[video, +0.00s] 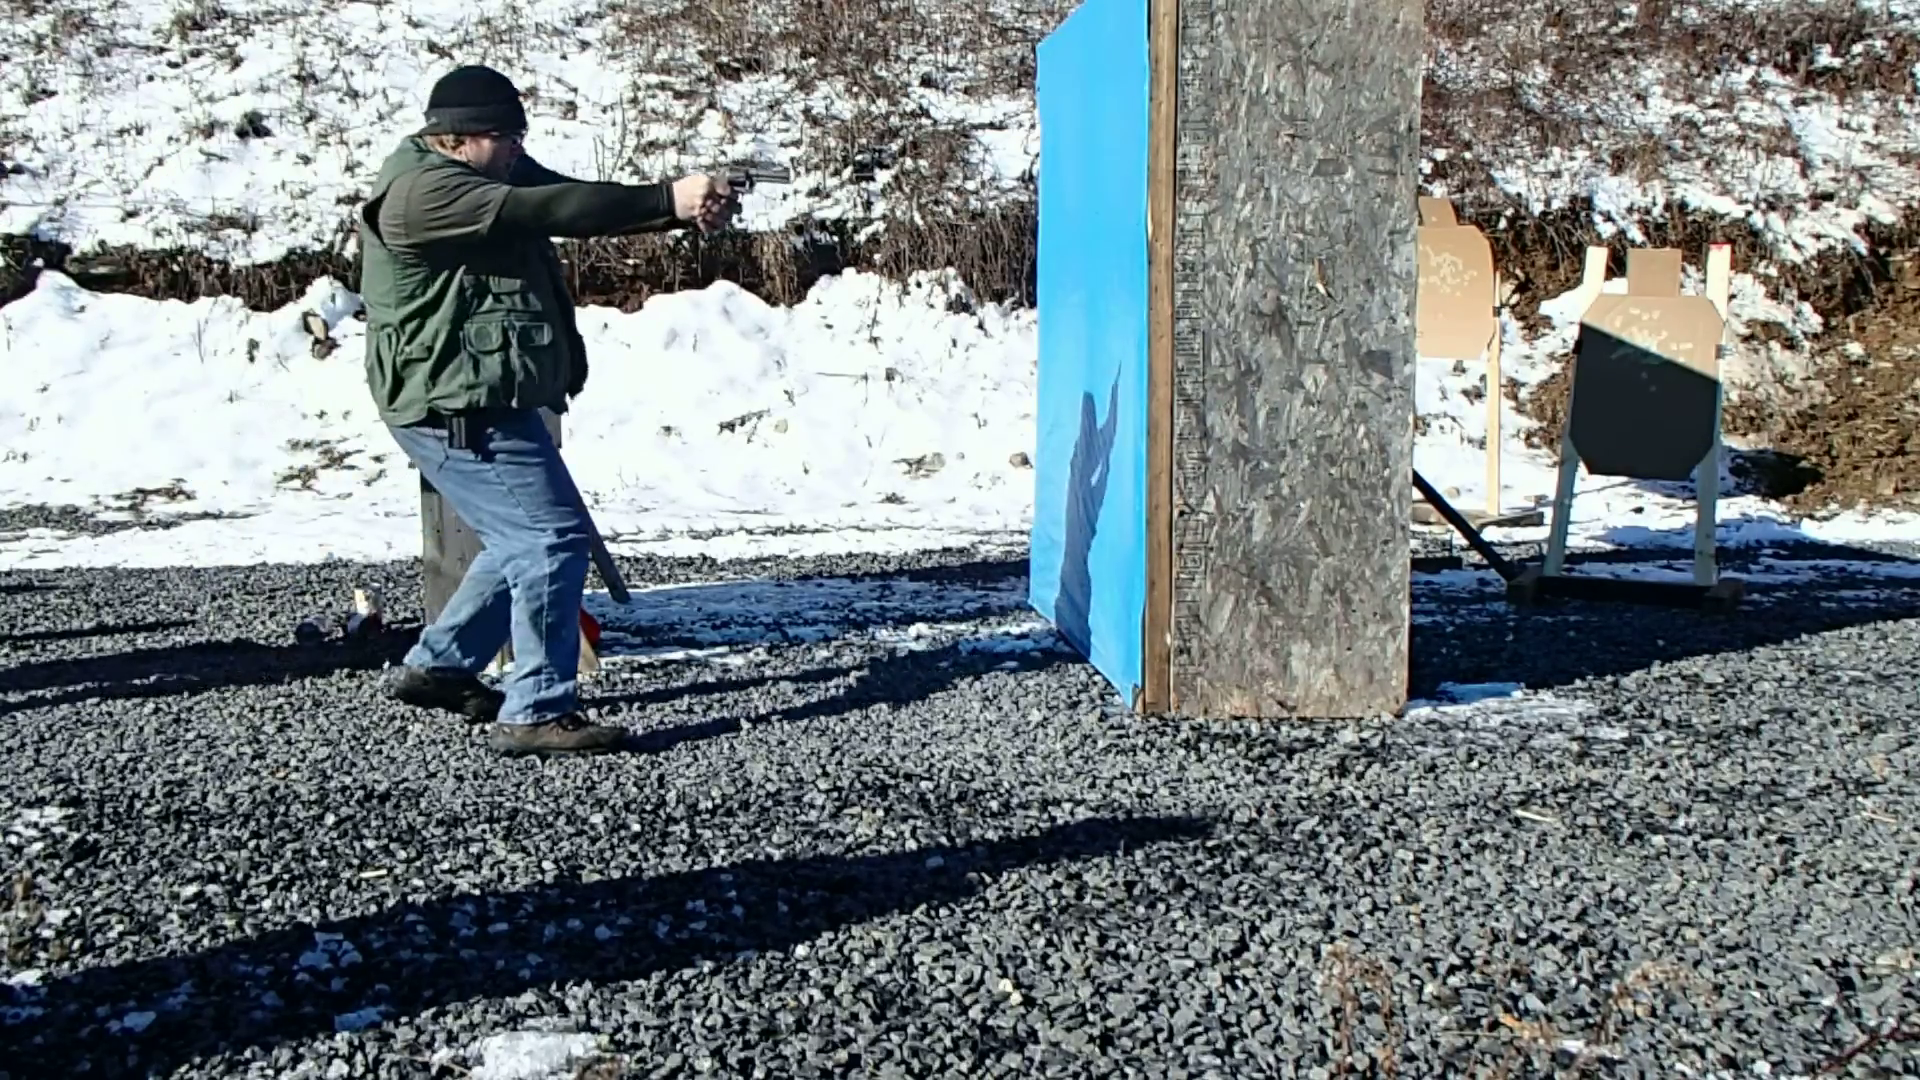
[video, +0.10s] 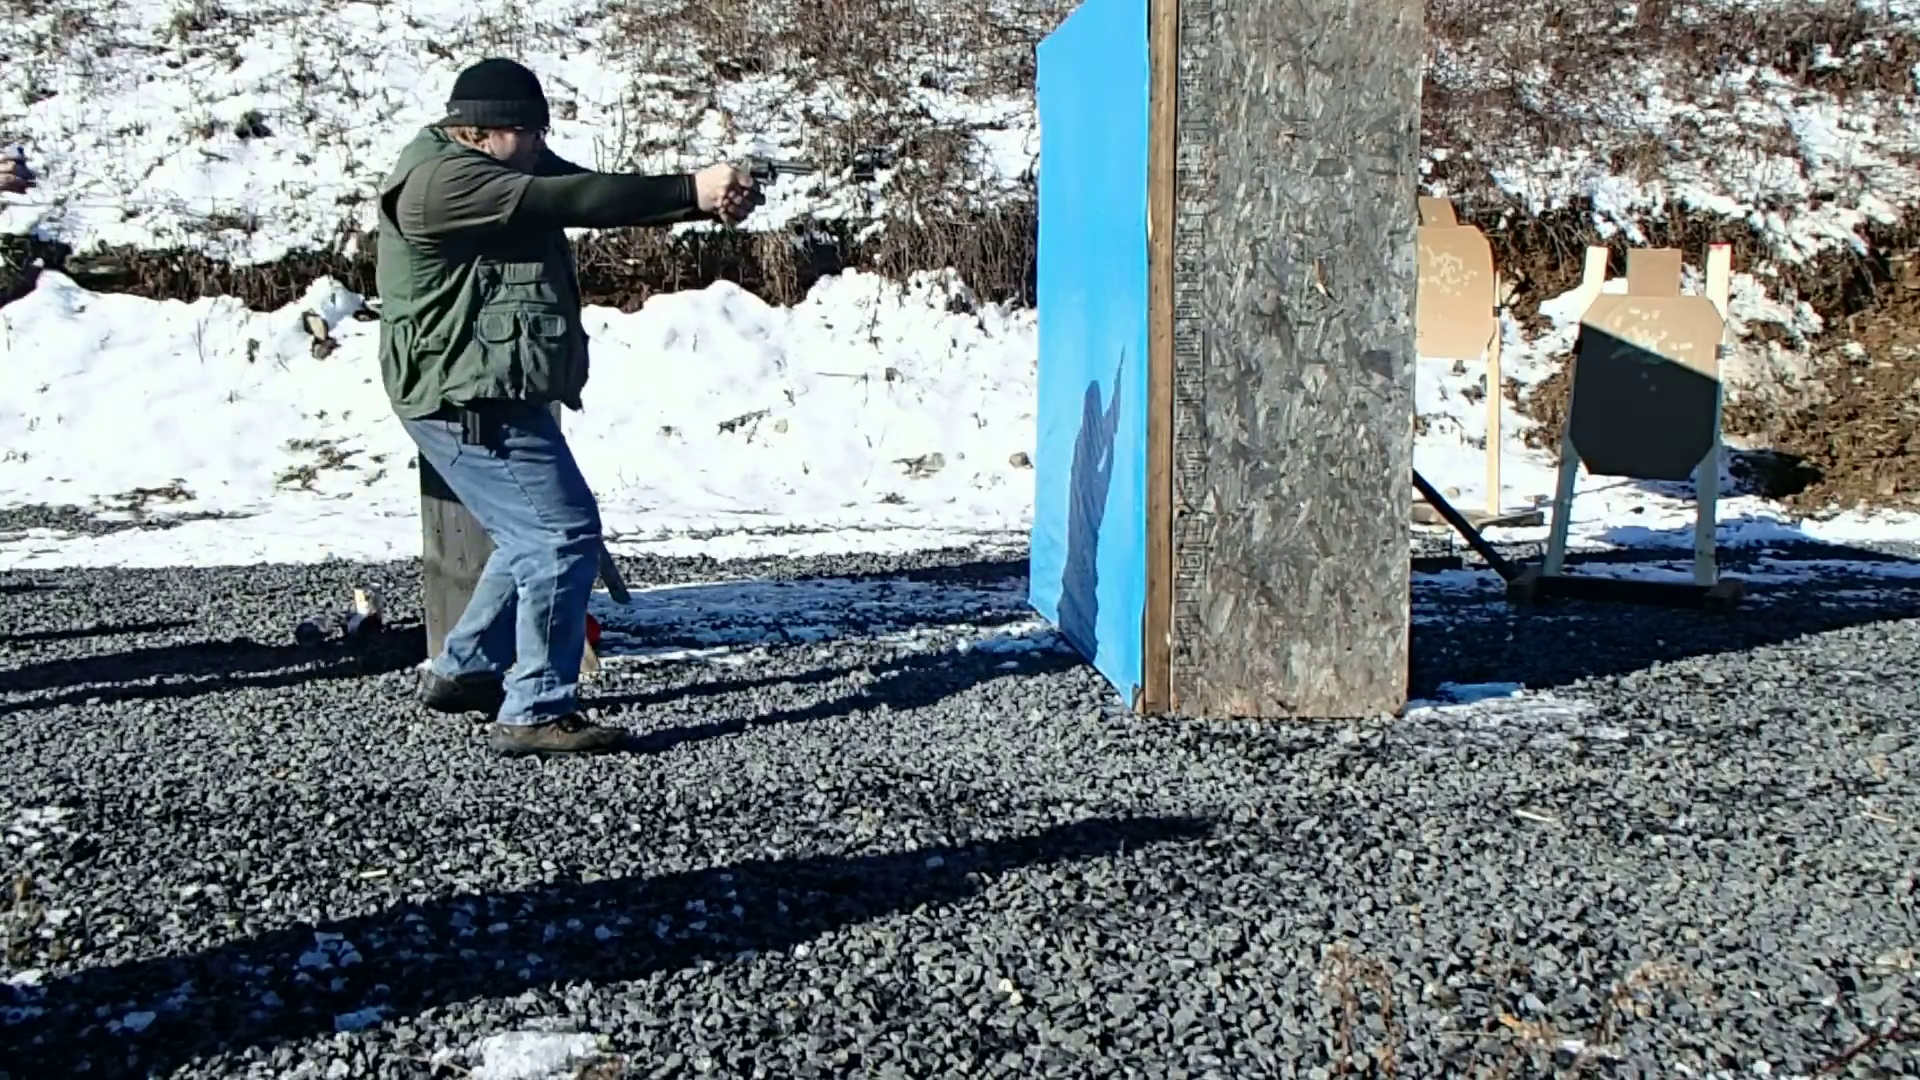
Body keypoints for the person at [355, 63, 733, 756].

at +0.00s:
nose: (518, 153)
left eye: (516, 140)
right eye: (508, 141)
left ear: (466, 134)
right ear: (466, 136)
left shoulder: (477, 177)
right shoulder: (426, 190)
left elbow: (571, 197)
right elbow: (546, 208)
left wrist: (672, 201)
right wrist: (667, 202)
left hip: (482, 398)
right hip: (455, 405)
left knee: (527, 534)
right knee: (554, 535)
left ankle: (438, 664)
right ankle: (537, 711)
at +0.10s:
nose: (540, 149)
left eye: (538, 135)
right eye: (531, 135)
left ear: (486, 127)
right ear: (490, 129)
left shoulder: (479, 170)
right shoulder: (446, 181)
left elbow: (586, 189)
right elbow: (566, 199)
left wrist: (693, 194)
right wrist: (690, 193)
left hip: (489, 392)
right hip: (466, 399)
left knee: (537, 529)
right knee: (565, 532)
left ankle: (462, 670)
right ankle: (537, 711)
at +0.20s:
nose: (552, 147)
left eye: (551, 133)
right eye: (544, 132)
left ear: (498, 122)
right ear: (504, 125)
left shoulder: (488, 167)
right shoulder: (458, 177)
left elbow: (599, 186)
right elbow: (581, 194)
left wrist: (708, 189)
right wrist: (708, 186)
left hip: (495, 391)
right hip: (480, 397)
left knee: (541, 535)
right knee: (573, 535)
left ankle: (474, 672)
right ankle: (535, 712)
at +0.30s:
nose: (563, 146)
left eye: (561, 132)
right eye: (554, 132)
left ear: (507, 122)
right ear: (514, 125)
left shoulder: (490, 166)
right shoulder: (469, 176)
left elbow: (606, 186)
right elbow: (593, 191)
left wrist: (717, 188)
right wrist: (716, 183)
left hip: (500, 391)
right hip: (486, 397)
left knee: (541, 535)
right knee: (580, 537)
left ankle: (472, 673)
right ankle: (535, 712)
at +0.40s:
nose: (569, 146)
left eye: (567, 132)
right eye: (559, 132)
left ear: (512, 122)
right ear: (518, 125)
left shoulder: (493, 164)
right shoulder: (477, 175)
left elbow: (612, 185)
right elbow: (599, 191)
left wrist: (723, 188)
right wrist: (722, 183)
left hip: (505, 392)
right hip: (490, 398)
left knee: (542, 537)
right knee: (584, 538)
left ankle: (471, 677)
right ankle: (536, 711)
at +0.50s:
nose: (576, 145)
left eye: (574, 131)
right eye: (567, 131)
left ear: (517, 122)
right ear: (525, 125)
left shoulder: (498, 165)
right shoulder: (482, 175)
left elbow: (617, 185)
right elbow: (604, 191)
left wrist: (730, 189)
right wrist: (728, 183)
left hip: (505, 392)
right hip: (494, 399)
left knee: (543, 537)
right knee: (587, 539)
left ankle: (472, 677)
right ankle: (538, 710)